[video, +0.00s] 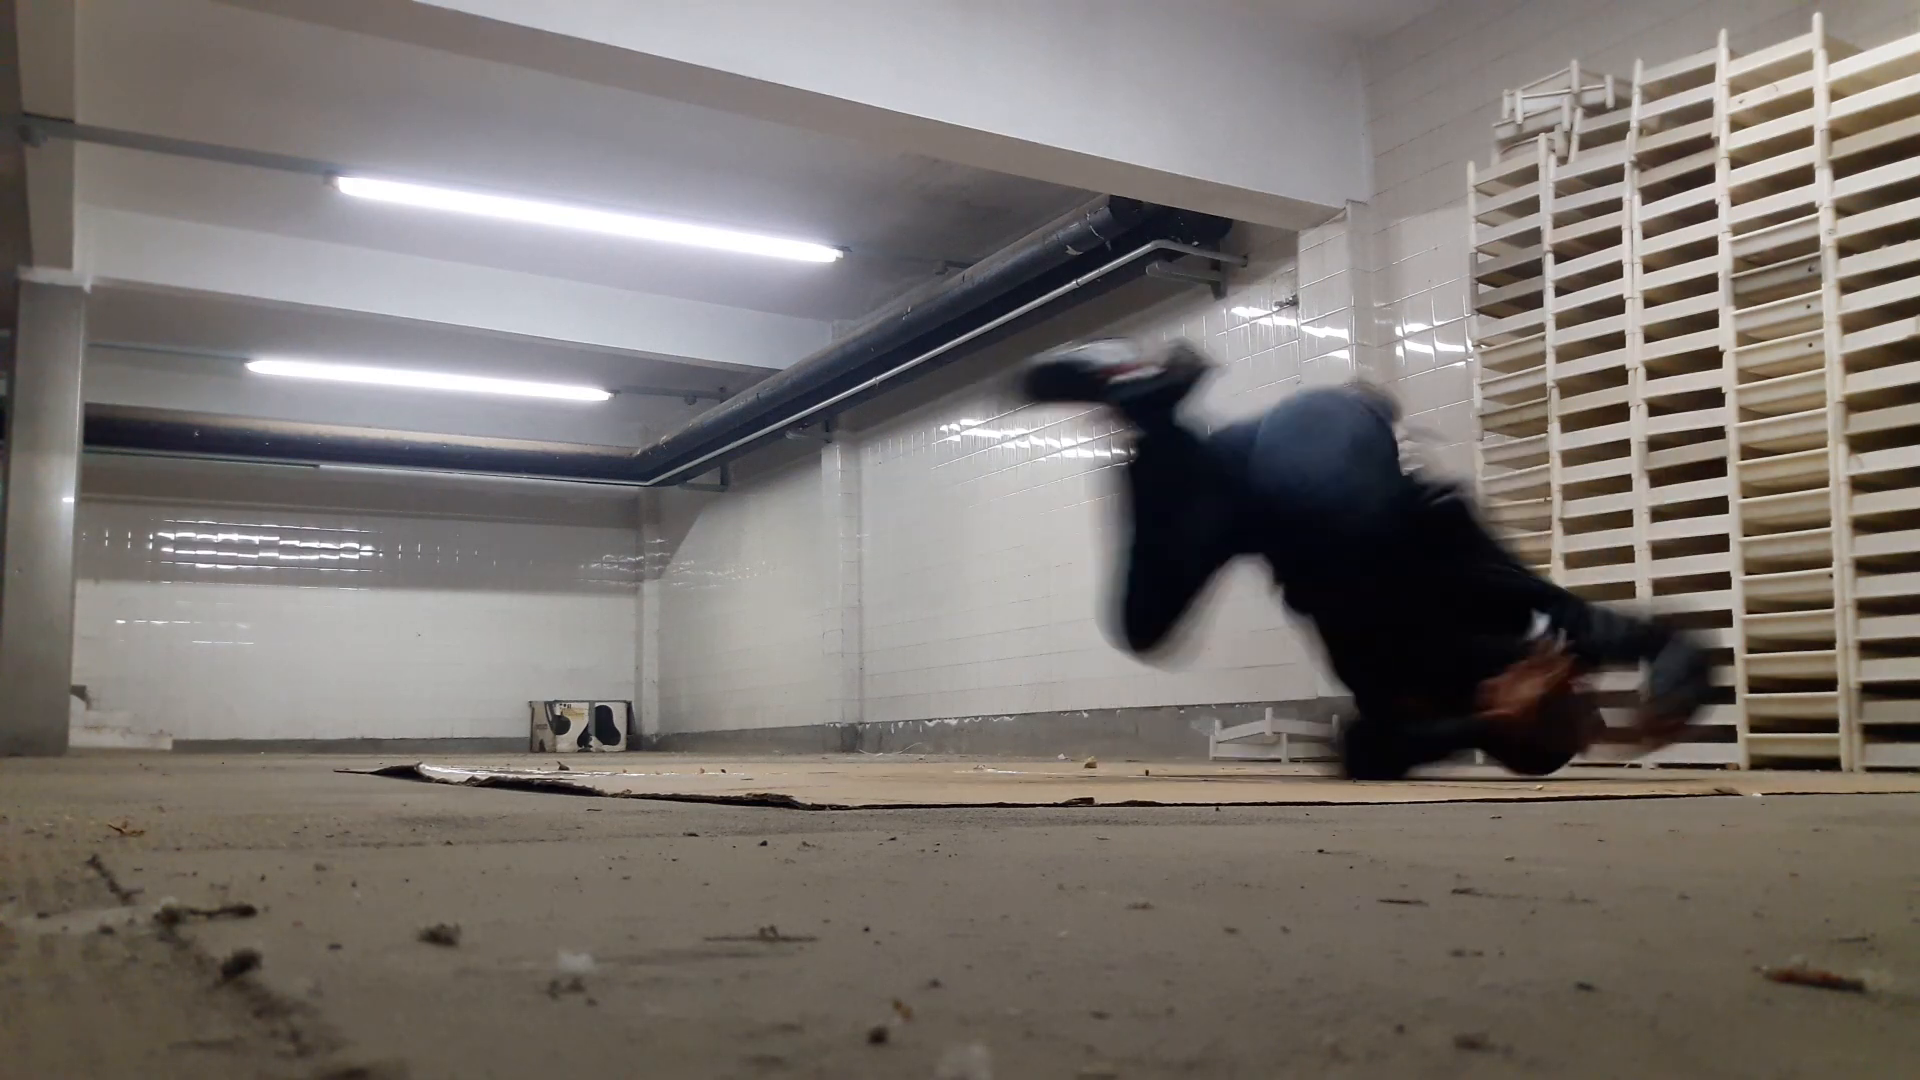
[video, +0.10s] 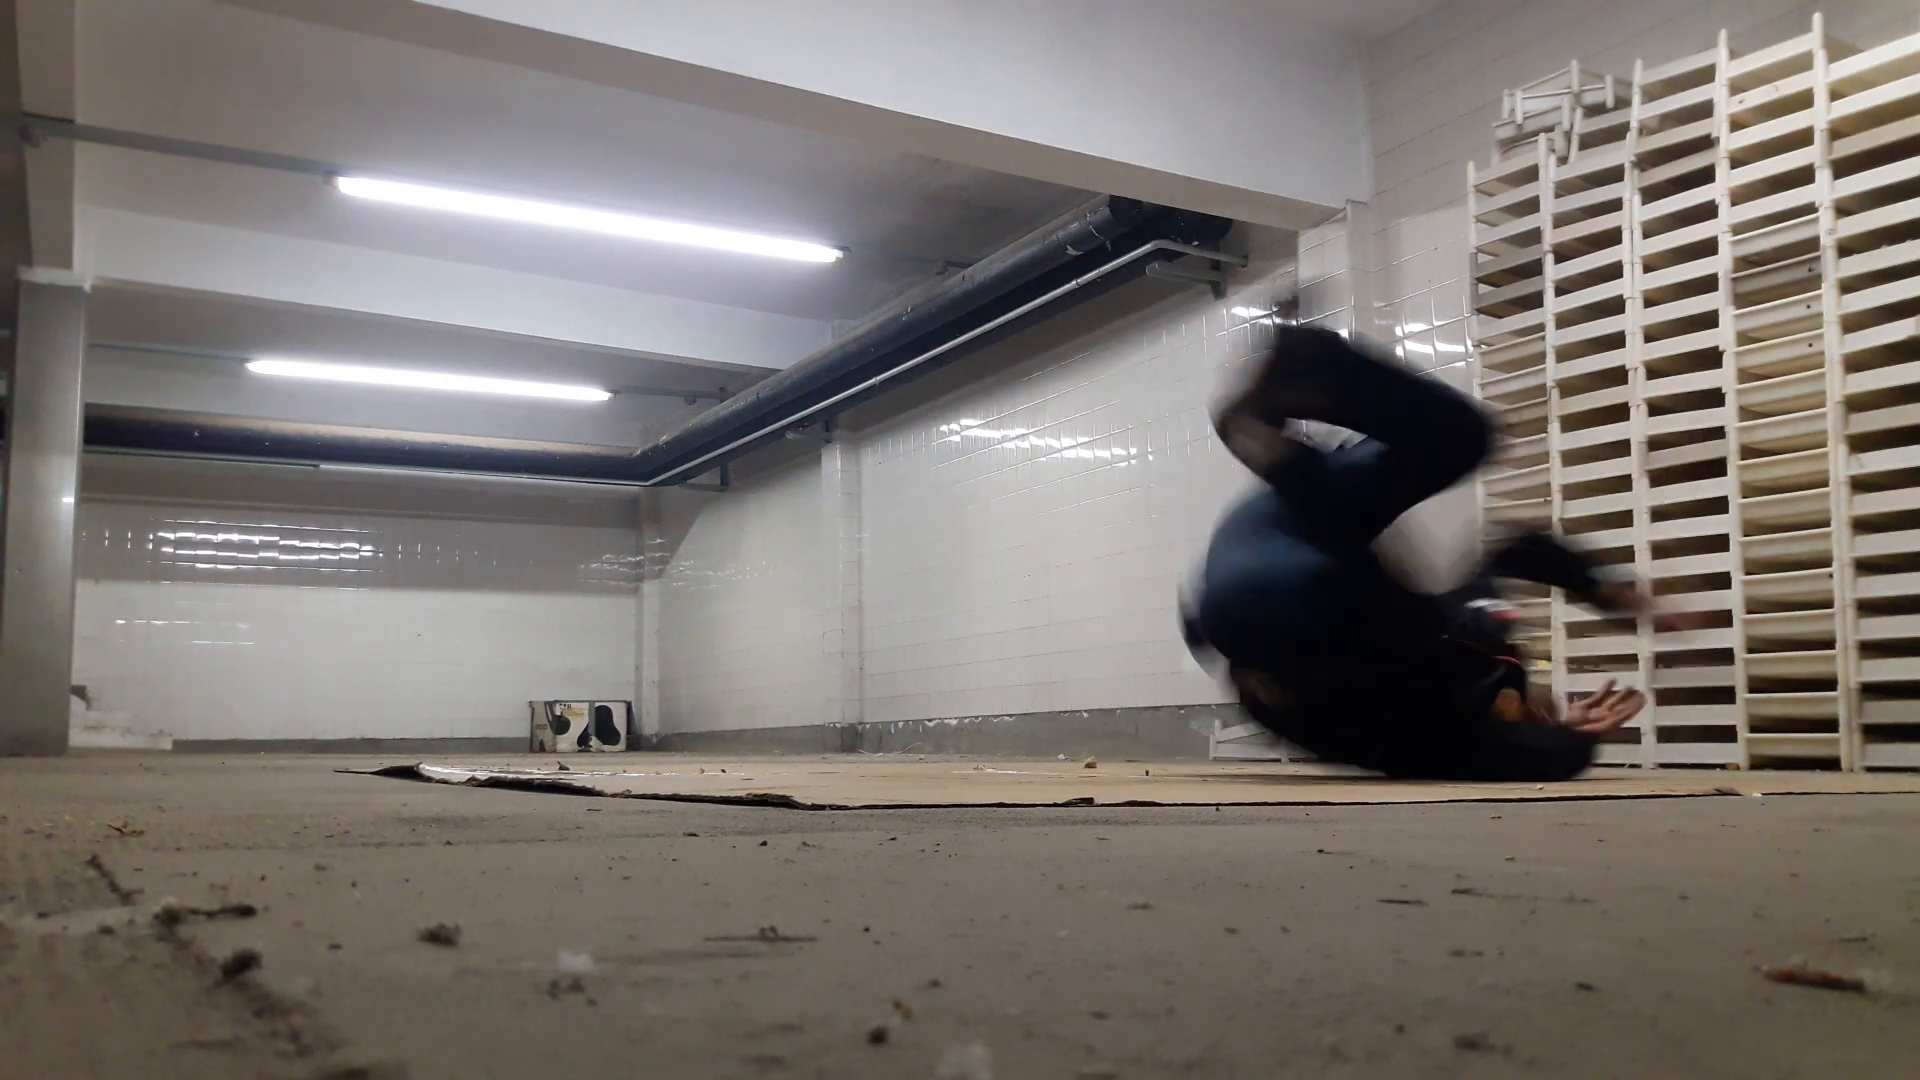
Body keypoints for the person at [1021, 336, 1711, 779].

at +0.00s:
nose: (1523, 702)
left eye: (1525, 726)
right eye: (1551, 702)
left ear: (1500, 739)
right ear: (1561, 675)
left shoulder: (1413, 715)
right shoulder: (1524, 613)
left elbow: (1365, 766)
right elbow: (1666, 645)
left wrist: (1452, 732)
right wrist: (1674, 690)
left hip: (1237, 478)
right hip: (1332, 440)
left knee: (1143, 627)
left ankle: (1151, 421)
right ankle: (1146, 412)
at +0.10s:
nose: (1561, 705)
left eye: (1560, 718)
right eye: (1562, 704)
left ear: (1518, 737)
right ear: (1536, 690)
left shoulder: (1449, 746)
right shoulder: (1485, 648)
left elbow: (1531, 757)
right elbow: (1516, 554)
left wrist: (1577, 737)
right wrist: (1605, 590)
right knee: (1461, 434)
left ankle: (1274, 451)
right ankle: (1294, 376)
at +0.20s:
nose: (1500, 688)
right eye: (1492, 688)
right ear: (1476, 694)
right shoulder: (1466, 741)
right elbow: (1608, 752)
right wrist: (1563, 675)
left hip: (1295, 662)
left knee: (1265, 549)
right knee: (1529, 549)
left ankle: (1345, 445)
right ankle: (1367, 477)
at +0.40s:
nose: (1142, 691)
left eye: (1129, 695)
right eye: (1145, 717)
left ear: (1131, 678)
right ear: (1175, 742)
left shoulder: (1155, 641)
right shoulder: (1258, 734)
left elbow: (1074, 599)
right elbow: (1392, 729)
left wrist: (1127, 655)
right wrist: (1293, 755)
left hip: (1354, 526)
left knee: (1249, 398)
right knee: (1408, 573)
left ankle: (1500, 360)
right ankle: (1485, 386)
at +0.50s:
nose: (1108, 752)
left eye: (1094, 750)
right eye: (1103, 757)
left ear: (1080, 727)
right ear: (1104, 733)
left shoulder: (1107, 680)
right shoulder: (1139, 679)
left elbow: (1229, 710)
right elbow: (1243, 708)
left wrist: (1314, 756)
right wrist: (1313, 751)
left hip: (1292, 470)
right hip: (1334, 516)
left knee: (1425, 405)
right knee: (1496, 612)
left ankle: (1552, 364)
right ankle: (1597, 397)